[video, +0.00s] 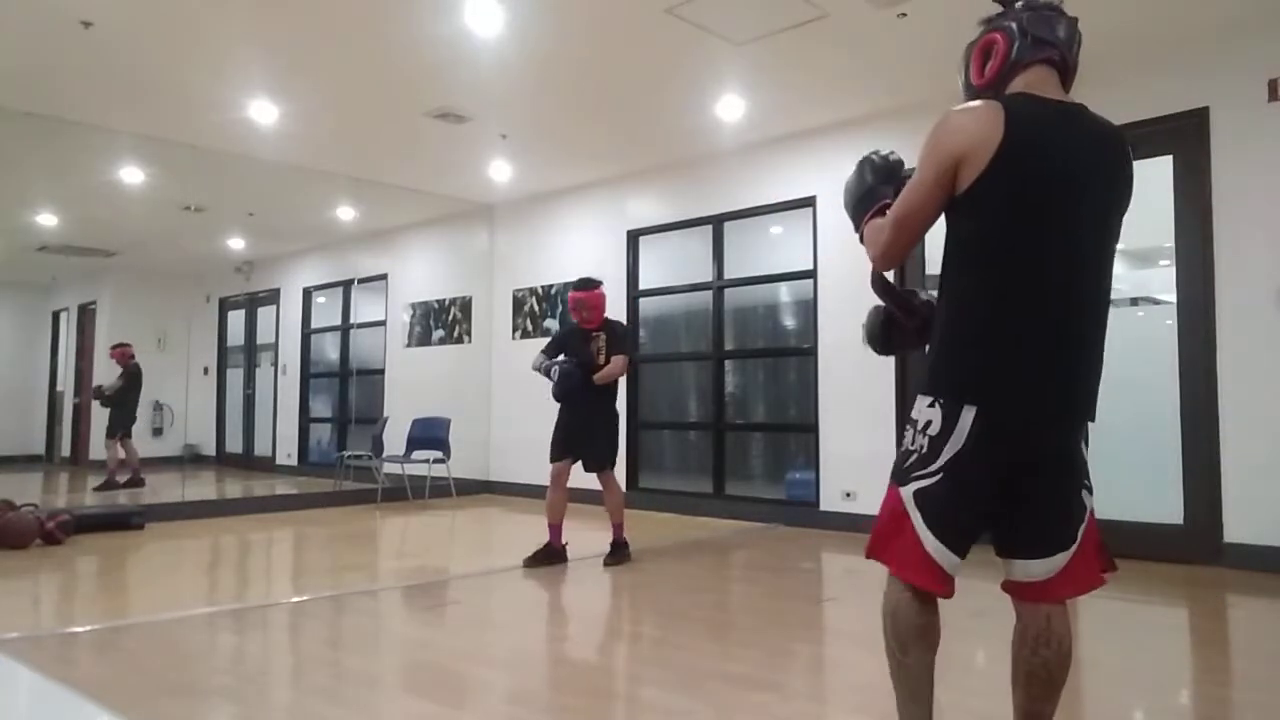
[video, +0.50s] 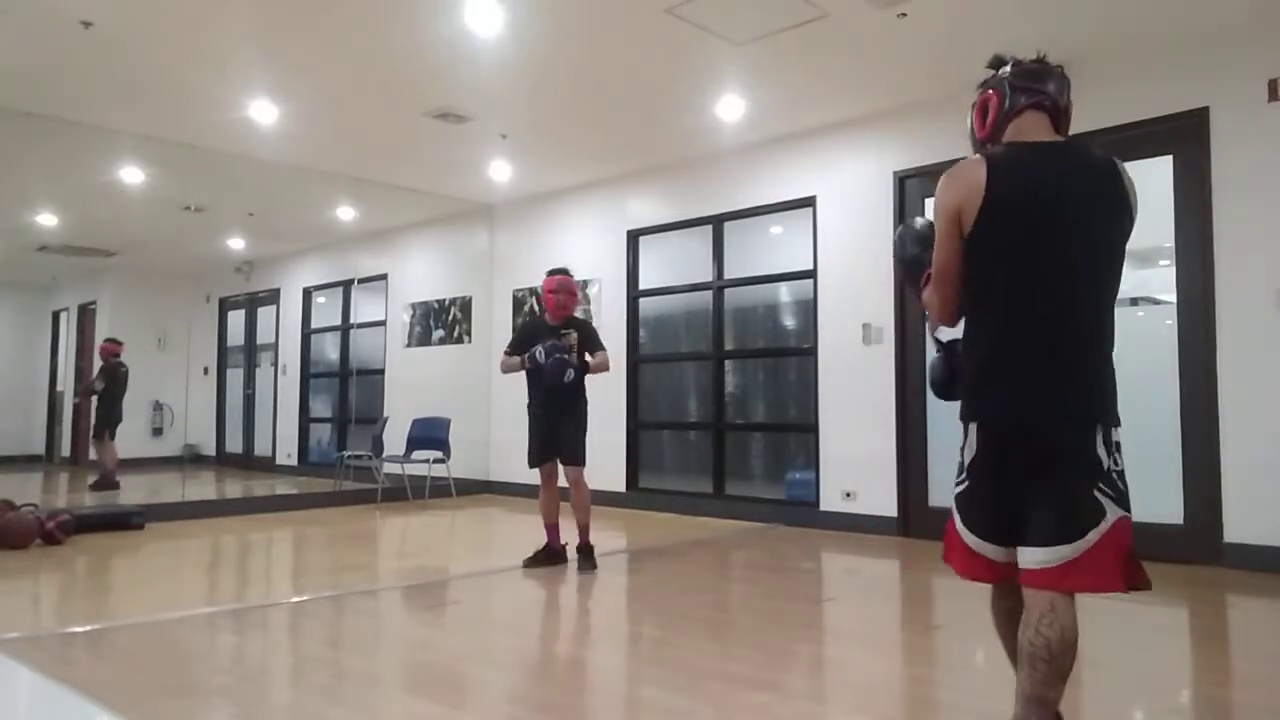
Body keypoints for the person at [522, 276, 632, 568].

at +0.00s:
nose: (580, 316)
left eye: (587, 309)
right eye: (575, 310)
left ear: (601, 305)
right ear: (570, 309)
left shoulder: (617, 331)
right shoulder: (567, 334)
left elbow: (618, 367)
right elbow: (538, 360)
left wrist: (582, 380)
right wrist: (552, 368)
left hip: (602, 413)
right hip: (570, 412)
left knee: (606, 476)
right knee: (558, 473)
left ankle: (619, 542)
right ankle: (555, 545)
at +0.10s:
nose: (576, 313)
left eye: (581, 306)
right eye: (570, 307)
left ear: (594, 303)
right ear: (563, 306)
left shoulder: (606, 330)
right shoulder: (556, 333)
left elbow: (612, 366)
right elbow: (528, 360)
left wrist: (577, 380)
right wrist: (549, 364)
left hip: (592, 412)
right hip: (561, 412)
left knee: (599, 476)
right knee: (554, 475)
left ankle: (618, 541)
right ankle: (554, 546)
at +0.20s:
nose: (570, 310)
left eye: (575, 303)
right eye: (564, 304)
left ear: (586, 300)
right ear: (555, 304)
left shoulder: (598, 329)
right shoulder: (549, 331)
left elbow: (605, 367)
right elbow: (518, 357)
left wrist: (567, 379)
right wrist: (545, 359)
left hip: (583, 412)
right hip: (553, 412)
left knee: (590, 477)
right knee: (552, 476)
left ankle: (615, 538)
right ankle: (554, 545)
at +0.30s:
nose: (566, 304)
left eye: (573, 297)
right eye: (559, 297)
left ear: (582, 300)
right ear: (550, 300)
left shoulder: (591, 329)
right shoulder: (539, 330)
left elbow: (602, 368)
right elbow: (510, 361)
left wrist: (566, 380)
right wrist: (538, 359)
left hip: (578, 411)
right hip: (547, 411)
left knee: (582, 477)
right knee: (550, 476)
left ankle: (605, 535)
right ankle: (554, 545)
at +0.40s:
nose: (563, 301)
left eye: (569, 295)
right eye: (556, 295)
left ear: (579, 298)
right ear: (546, 298)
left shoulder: (587, 330)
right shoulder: (534, 330)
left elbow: (602, 367)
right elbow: (508, 365)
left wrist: (576, 373)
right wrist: (535, 359)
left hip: (575, 410)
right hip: (544, 411)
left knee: (577, 476)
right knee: (548, 477)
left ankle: (593, 540)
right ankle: (553, 545)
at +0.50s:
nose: (559, 299)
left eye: (565, 293)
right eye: (553, 293)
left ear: (575, 297)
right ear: (543, 296)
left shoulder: (582, 328)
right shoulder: (530, 328)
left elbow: (603, 363)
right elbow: (505, 365)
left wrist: (580, 364)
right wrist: (530, 358)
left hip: (572, 410)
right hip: (541, 411)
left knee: (574, 476)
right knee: (547, 477)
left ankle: (584, 546)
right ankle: (553, 546)